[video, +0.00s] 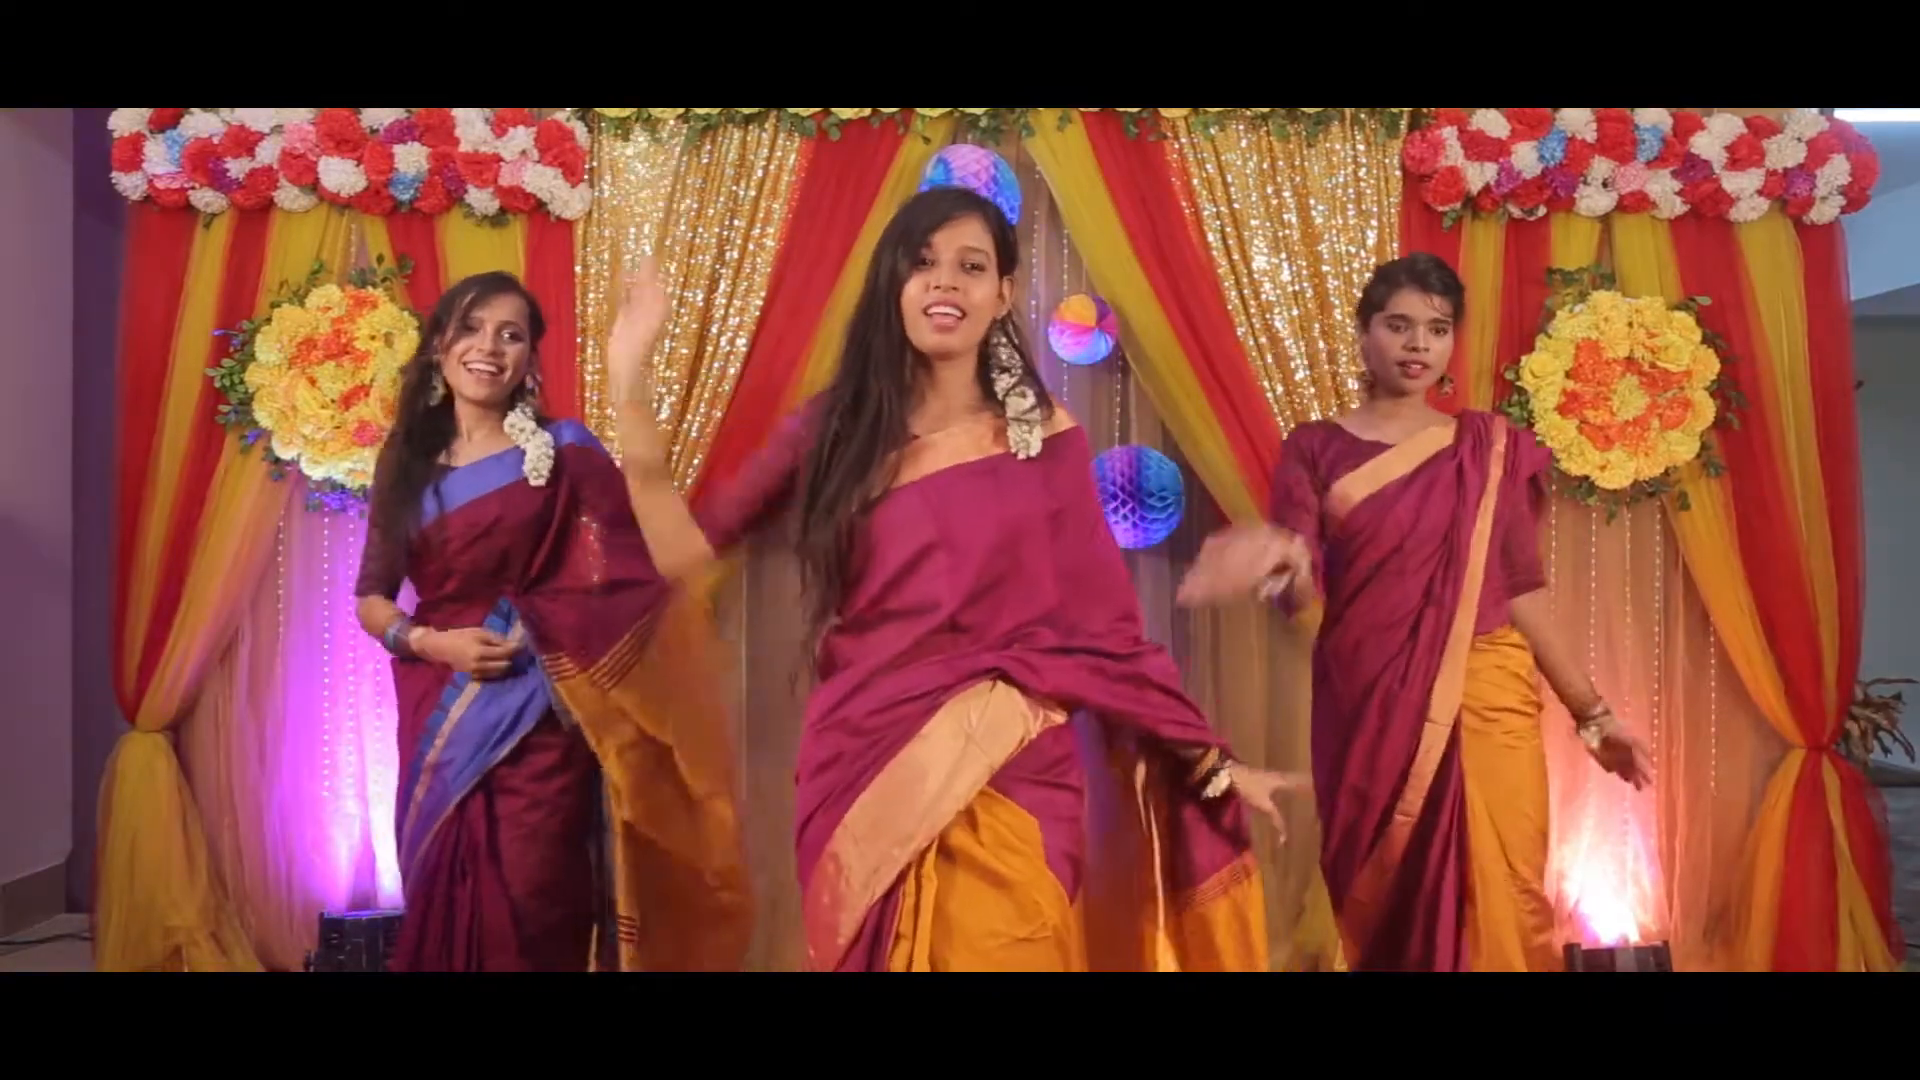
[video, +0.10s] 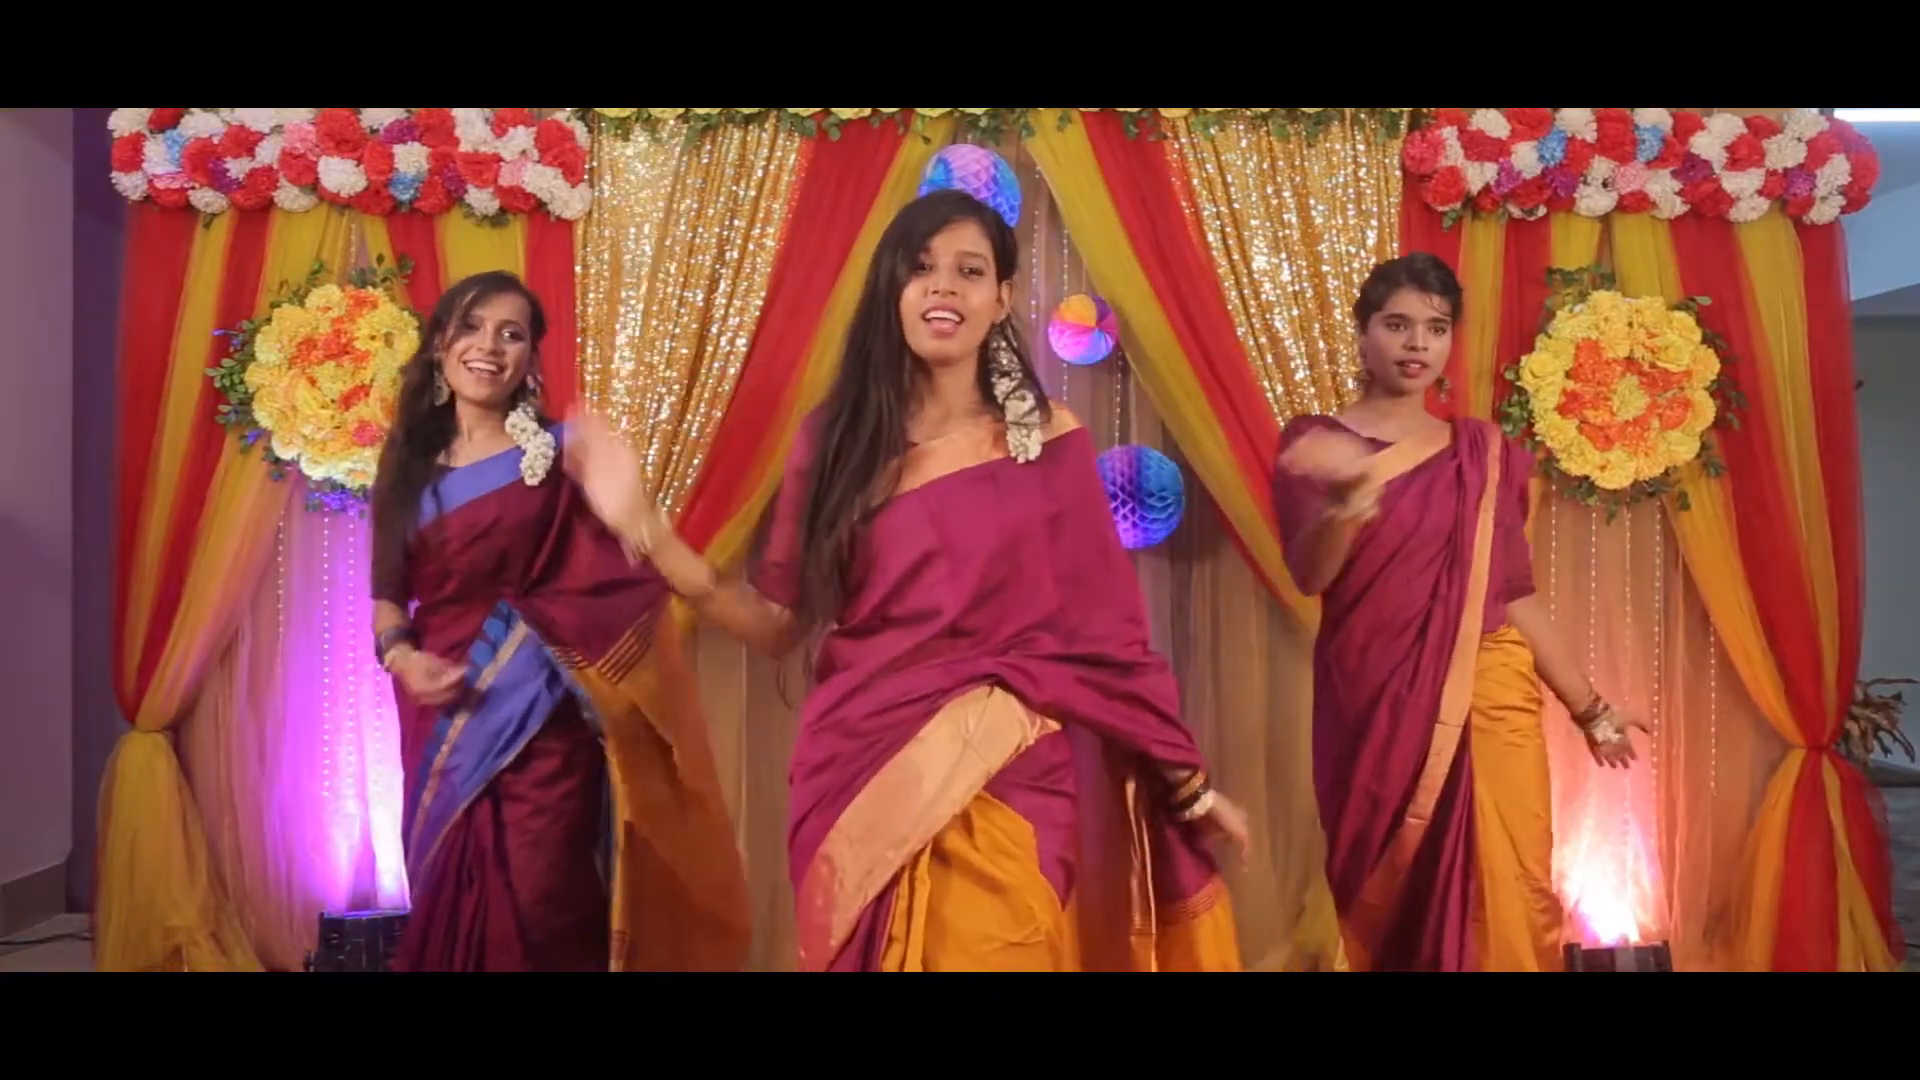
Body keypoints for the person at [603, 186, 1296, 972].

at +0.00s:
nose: (944, 285)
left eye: (972, 267)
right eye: (922, 264)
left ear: (1004, 296)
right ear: (892, 285)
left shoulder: (1044, 433)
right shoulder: (840, 427)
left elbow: (1109, 626)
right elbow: (678, 548)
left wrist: (1211, 763)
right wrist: (627, 385)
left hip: (1024, 757)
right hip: (871, 757)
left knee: (1007, 953)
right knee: (875, 956)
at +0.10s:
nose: (943, 290)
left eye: (969, 272)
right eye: (922, 268)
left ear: (1003, 301)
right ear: (889, 289)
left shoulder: (1048, 436)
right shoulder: (834, 439)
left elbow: (1109, 631)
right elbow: (772, 619)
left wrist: (1186, 782)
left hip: (1020, 764)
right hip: (866, 763)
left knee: (998, 952)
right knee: (864, 956)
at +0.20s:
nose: (936, 288)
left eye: (964, 273)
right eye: (917, 267)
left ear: (997, 300)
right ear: (884, 289)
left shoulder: (1047, 428)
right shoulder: (837, 446)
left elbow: (1108, 616)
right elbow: (826, 639)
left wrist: (1160, 772)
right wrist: (677, 578)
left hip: (1017, 767)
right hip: (867, 770)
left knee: (998, 952)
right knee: (866, 955)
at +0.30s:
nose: (930, 295)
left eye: (959, 279)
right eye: (913, 273)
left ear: (993, 308)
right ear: (880, 292)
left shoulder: (1041, 423)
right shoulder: (836, 447)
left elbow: (1103, 603)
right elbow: (793, 624)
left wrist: (1159, 739)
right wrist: (700, 520)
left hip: (1019, 752)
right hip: (868, 754)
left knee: (991, 949)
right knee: (867, 951)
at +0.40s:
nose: (932, 307)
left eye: (959, 288)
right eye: (912, 283)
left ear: (992, 313)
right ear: (879, 303)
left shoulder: (1038, 430)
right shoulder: (840, 443)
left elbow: (1102, 620)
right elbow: (766, 596)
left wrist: (1206, 757)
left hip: (1021, 749)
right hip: (871, 751)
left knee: (992, 948)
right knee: (872, 953)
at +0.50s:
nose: (936, 310)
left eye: (963, 292)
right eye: (917, 287)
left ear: (994, 311)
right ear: (883, 300)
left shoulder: (1034, 443)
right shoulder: (835, 419)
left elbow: (1091, 615)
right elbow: (762, 522)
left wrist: (1187, 718)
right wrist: (923, 454)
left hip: (1018, 749)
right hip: (871, 747)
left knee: (1007, 947)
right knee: (876, 955)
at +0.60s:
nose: (945, 317)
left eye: (969, 296)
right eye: (922, 294)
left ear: (1002, 312)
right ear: (888, 308)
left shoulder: (1037, 460)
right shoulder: (837, 407)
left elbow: (1102, 620)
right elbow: (787, 474)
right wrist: (946, 446)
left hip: (1020, 741)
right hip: (878, 734)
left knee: (1023, 936)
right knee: (881, 940)